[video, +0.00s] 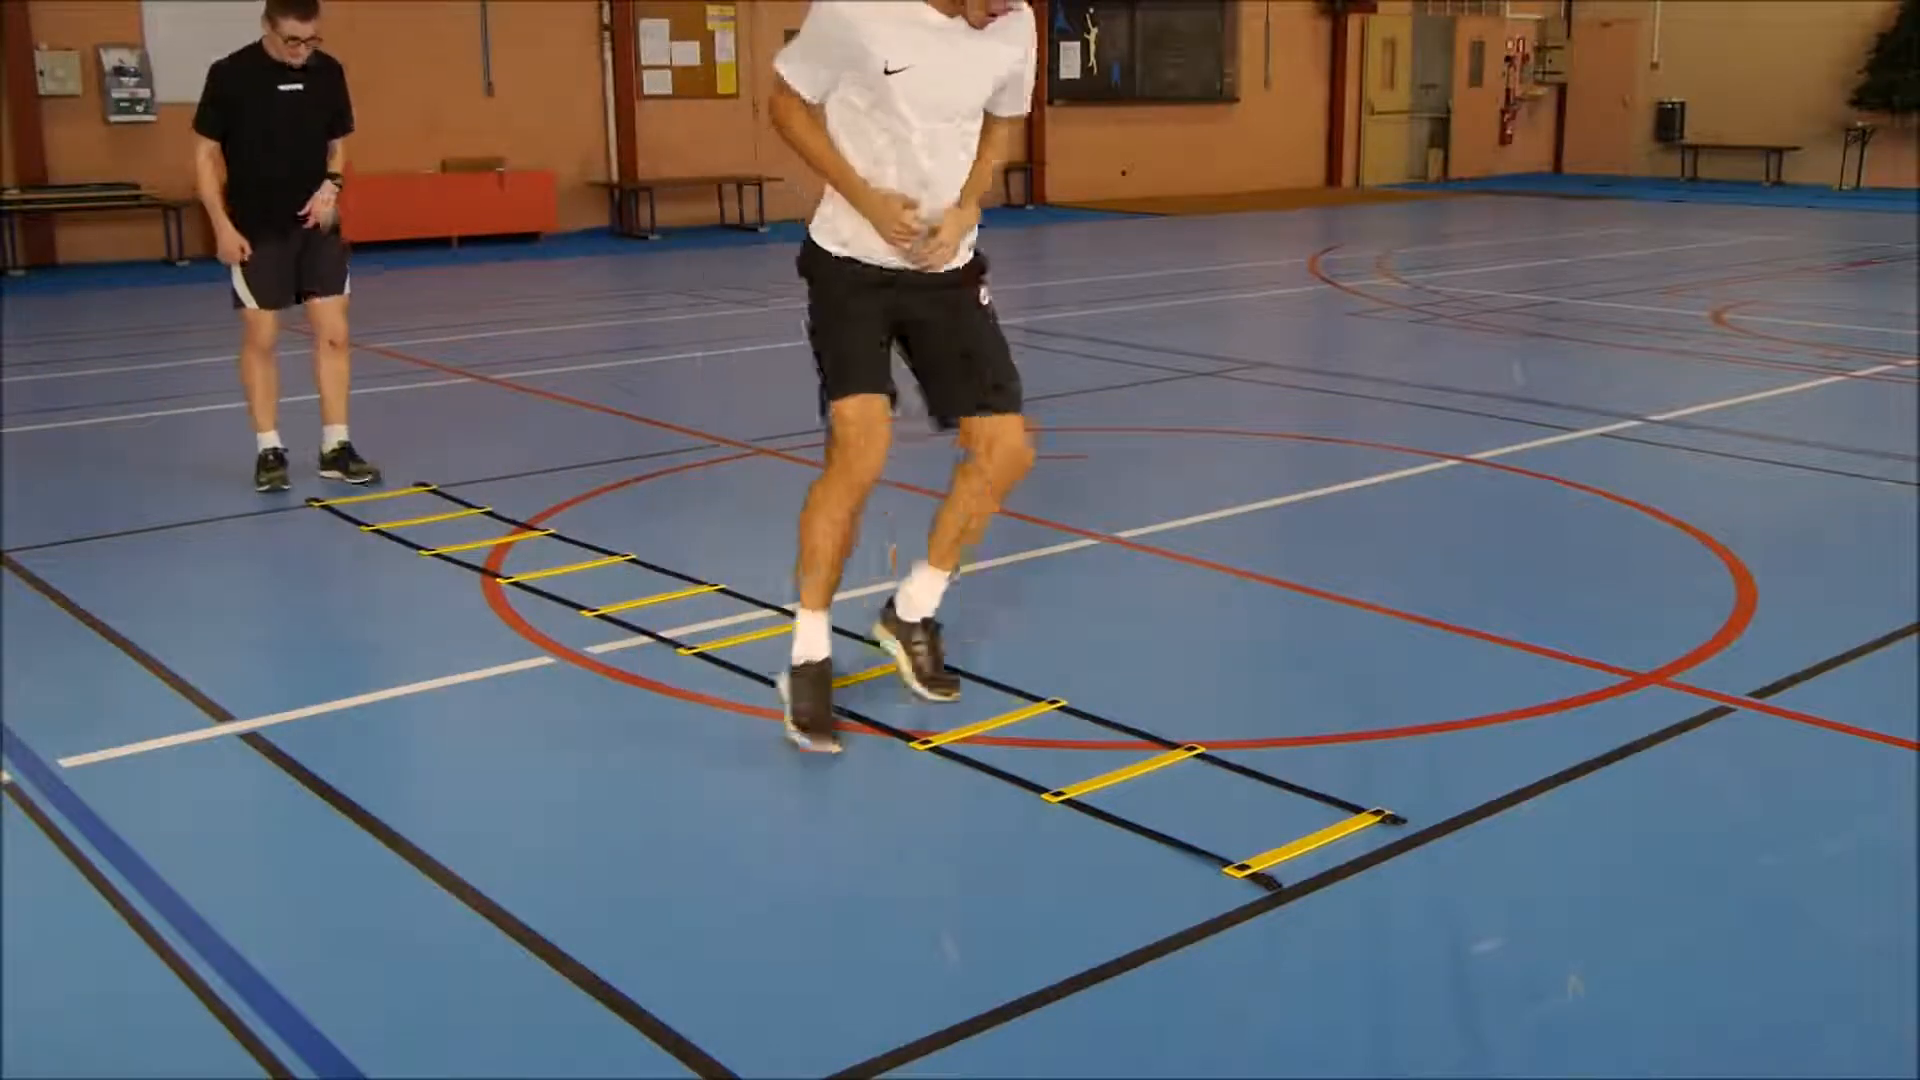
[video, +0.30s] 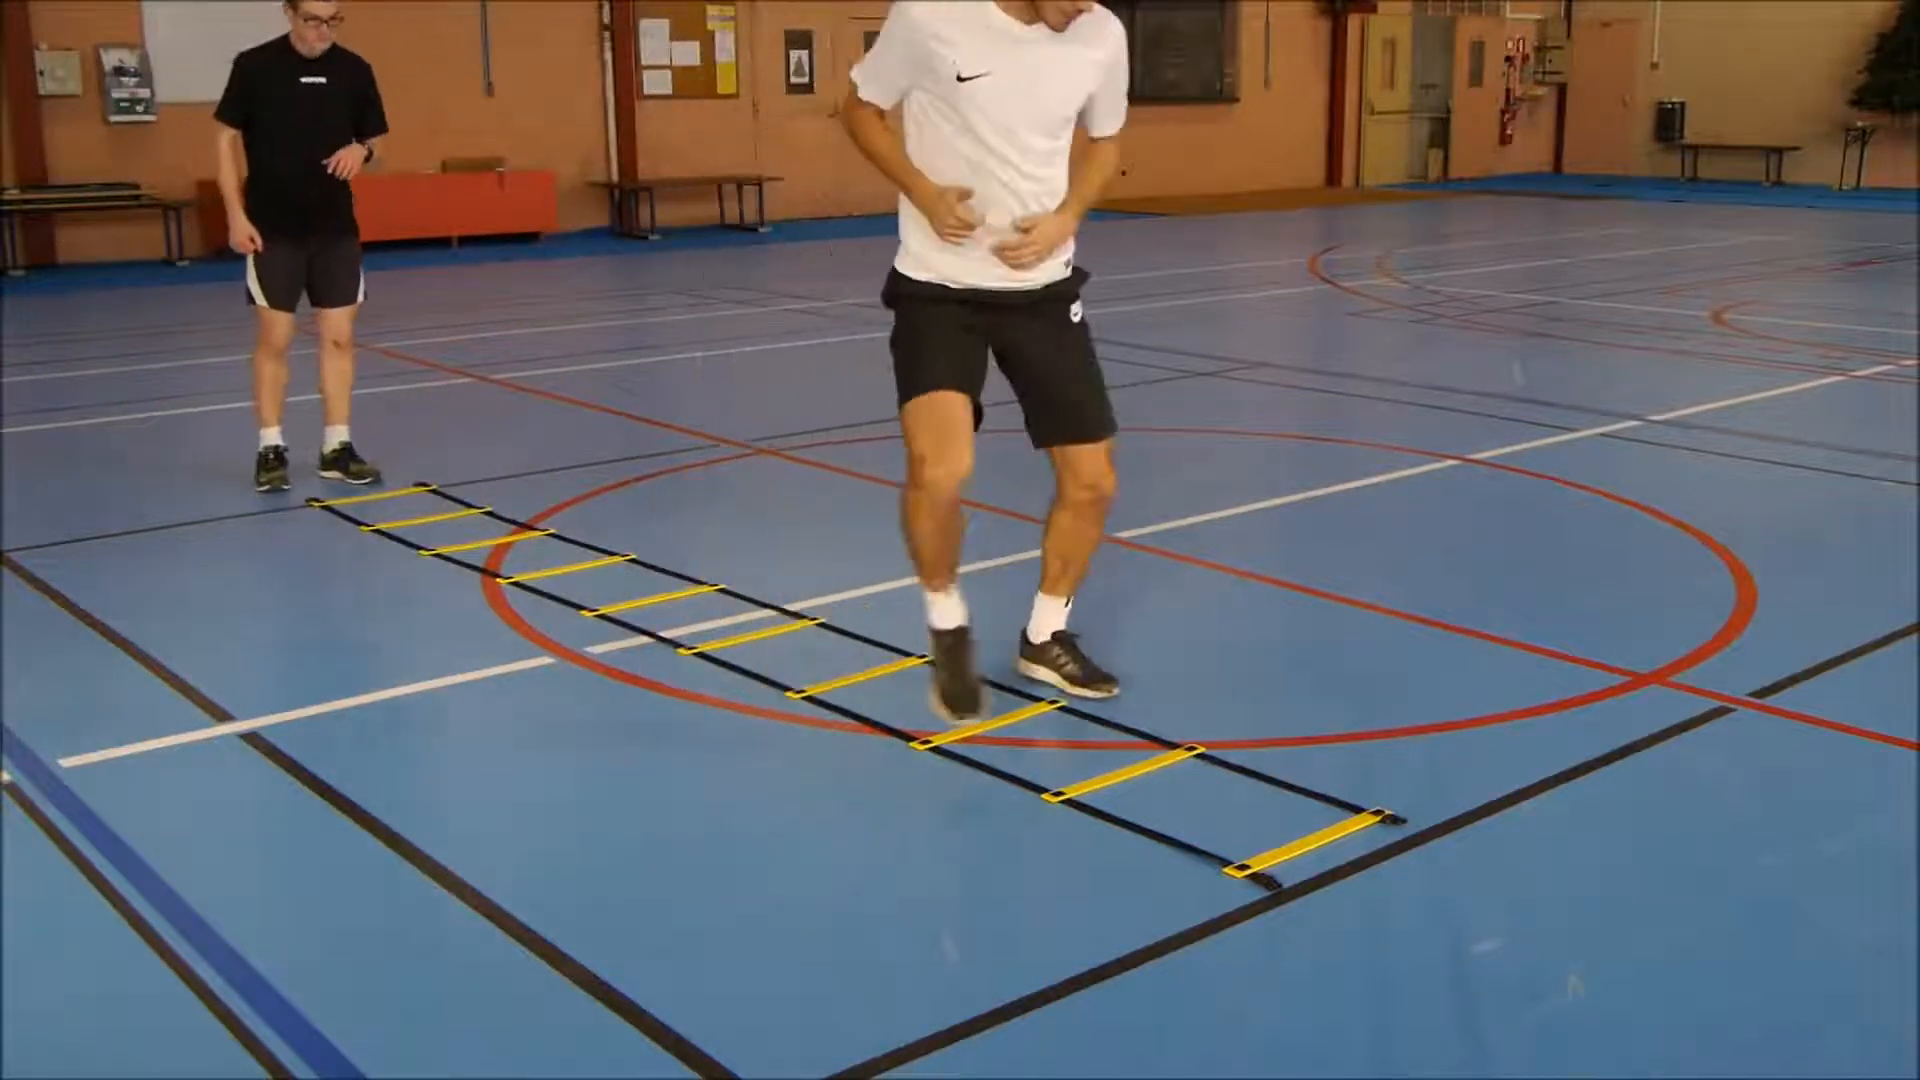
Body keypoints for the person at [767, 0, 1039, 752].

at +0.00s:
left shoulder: (1015, 27)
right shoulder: (853, 14)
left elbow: (1002, 123)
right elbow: (785, 103)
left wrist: (968, 205)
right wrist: (864, 196)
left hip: (947, 270)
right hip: (849, 263)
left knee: (1005, 448)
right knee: (860, 446)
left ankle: (913, 609)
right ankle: (810, 652)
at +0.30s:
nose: (1082, 5)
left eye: (1088, 0)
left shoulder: (1101, 36)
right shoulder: (927, 19)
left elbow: (1103, 144)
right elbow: (860, 108)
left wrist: (1068, 215)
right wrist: (922, 190)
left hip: (1042, 289)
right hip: (937, 284)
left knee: (1091, 482)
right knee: (938, 472)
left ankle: (1044, 636)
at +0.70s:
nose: (1168, 1)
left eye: (1176, 0)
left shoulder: (1190, 20)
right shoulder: (1017, 11)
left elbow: (1172, 132)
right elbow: (943, 121)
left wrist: (1128, 228)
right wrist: (1040, 213)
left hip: (1111, 296)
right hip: (1002, 286)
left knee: (1167, 486)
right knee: (997, 499)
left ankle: (1054, 648)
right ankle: (925, 709)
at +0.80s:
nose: (1196, 4)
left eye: (1201, 2)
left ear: (1199, 0)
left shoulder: (1197, 23)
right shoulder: (1042, 18)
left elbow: (1169, 136)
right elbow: (955, 135)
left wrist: (1144, 229)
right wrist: (1069, 233)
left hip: (1126, 300)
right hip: (1024, 305)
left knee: (1240, 457)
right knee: (989, 523)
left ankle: (1114, 616)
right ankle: (907, 719)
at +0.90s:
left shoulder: (1253, 17)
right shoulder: (1085, 11)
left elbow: (1224, 120)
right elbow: (999, 120)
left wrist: (1194, 215)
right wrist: (1088, 228)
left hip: (1173, 281)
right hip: (1060, 285)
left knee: (1266, 462)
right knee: (1042, 509)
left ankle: (1211, 657)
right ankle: (954, 695)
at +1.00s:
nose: (1266, 3)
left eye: (1276, 2)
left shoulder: (1293, 22)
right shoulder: (1106, 13)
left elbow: (1277, 133)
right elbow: (1026, 113)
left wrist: (1235, 220)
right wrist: (1094, 217)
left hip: (1209, 300)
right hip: (1096, 295)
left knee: (1261, 500)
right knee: (1085, 500)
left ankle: (1218, 675)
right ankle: (1050, 674)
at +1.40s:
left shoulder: (1425, 13)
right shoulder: (1220, 8)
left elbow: (1402, 135)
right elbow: (1135, 109)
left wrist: (1350, 224)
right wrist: (1204, 227)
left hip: (1319, 308)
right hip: (1201, 296)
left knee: (1335, 536)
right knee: (1212, 533)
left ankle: (1207, 715)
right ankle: (1127, 743)